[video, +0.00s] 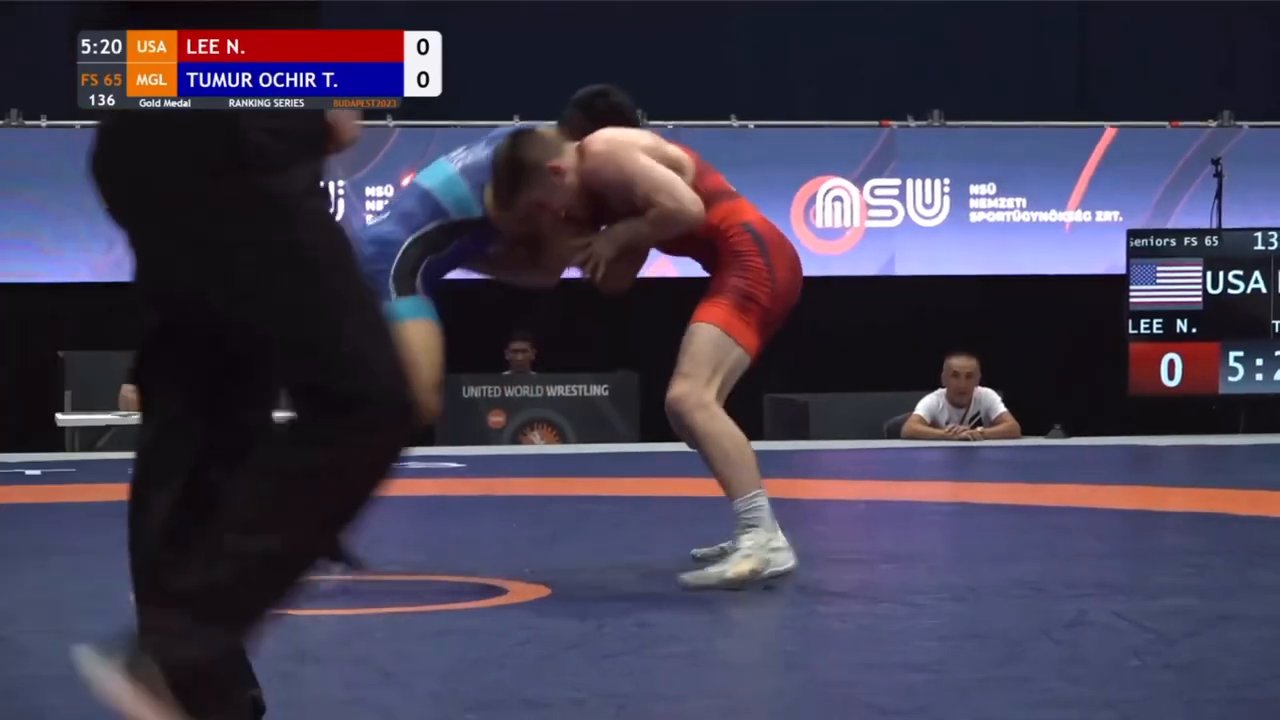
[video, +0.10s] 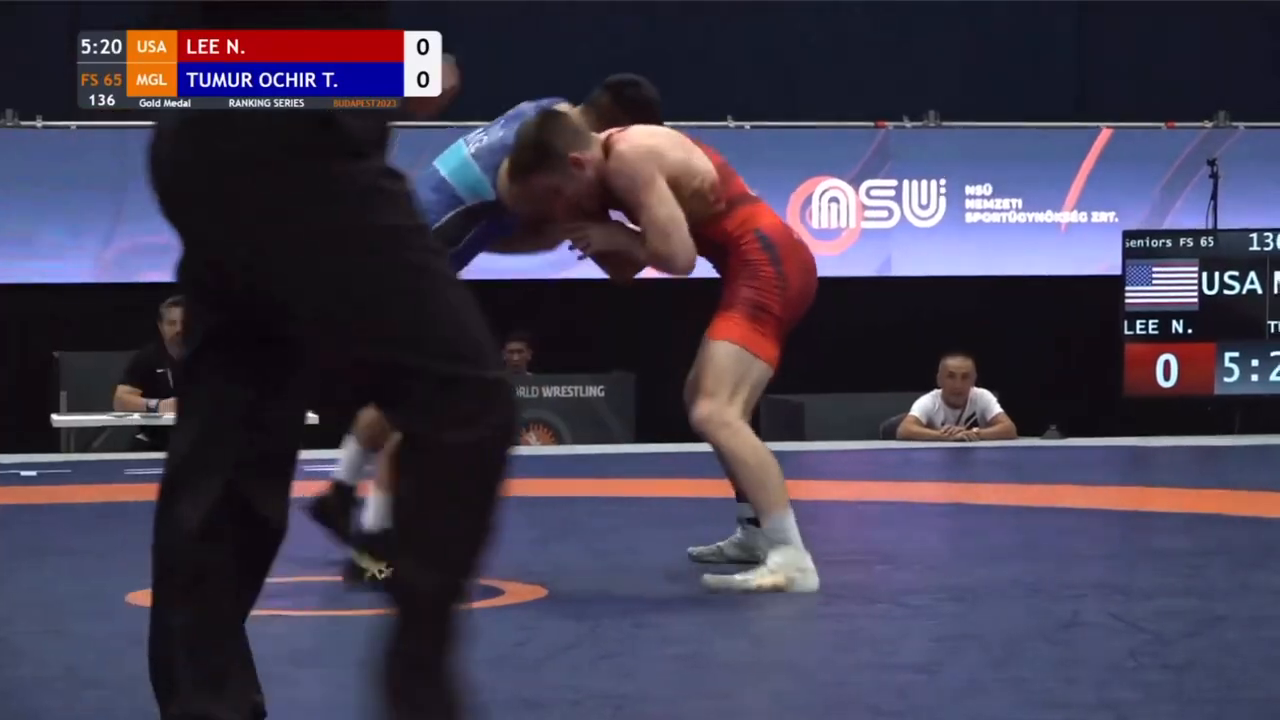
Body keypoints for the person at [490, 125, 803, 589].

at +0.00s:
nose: (551, 214)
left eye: (544, 204)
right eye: (540, 210)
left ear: (556, 170)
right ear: (558, 170)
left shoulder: (604, 151)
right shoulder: (598, 185)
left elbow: (685, 209)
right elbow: (615, 280)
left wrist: (620, 236)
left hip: (754, 251)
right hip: (744, 258)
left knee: (690, 397)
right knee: (692, 400)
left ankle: (764, 537)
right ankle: (754, 530)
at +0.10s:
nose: (559, 208)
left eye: (557, 197)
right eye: (550, 203)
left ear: (579, 162)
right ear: (579, 158)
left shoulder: (630, 159)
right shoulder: (608, 164)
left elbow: (679, 258)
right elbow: (623, 270)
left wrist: (611, 236)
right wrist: (584, 228)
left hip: (769, 257)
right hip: (754, 259)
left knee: (715, 409)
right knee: (709, 400)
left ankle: (791, 555)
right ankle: (758, 534)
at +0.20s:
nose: (550, 207)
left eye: (546, 198)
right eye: (539, 205)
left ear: (566, 163)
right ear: (568, 154)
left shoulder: (616, 167)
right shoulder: (607, 148)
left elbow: (647, 280)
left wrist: (590, 242)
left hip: (760, 255)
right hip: (776, 249)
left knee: (699, 411)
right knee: (737, 402)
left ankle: (763, 561)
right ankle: (749, 529)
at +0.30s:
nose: (493, 197)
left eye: (491, 184)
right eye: (484, 187)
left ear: (522, 157)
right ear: (528, 146)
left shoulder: (568, 167)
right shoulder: (575, 145)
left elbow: (596, 281)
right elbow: (588, 253)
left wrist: (538, 238)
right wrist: (532, 235)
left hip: (707, 264)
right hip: (730, 256)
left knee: (644, 415)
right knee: (697, 399)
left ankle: (706, 566)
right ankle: (773, 517)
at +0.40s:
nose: (500, 134)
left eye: (506, 121)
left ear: (531, 122)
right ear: (559, 118)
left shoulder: (557, 162)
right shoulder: (573, 152)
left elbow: (571, 287)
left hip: (682, 274)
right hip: (707, 269)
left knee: (622, 420)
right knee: (685, 425)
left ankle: (684, 571)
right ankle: (794, 523)